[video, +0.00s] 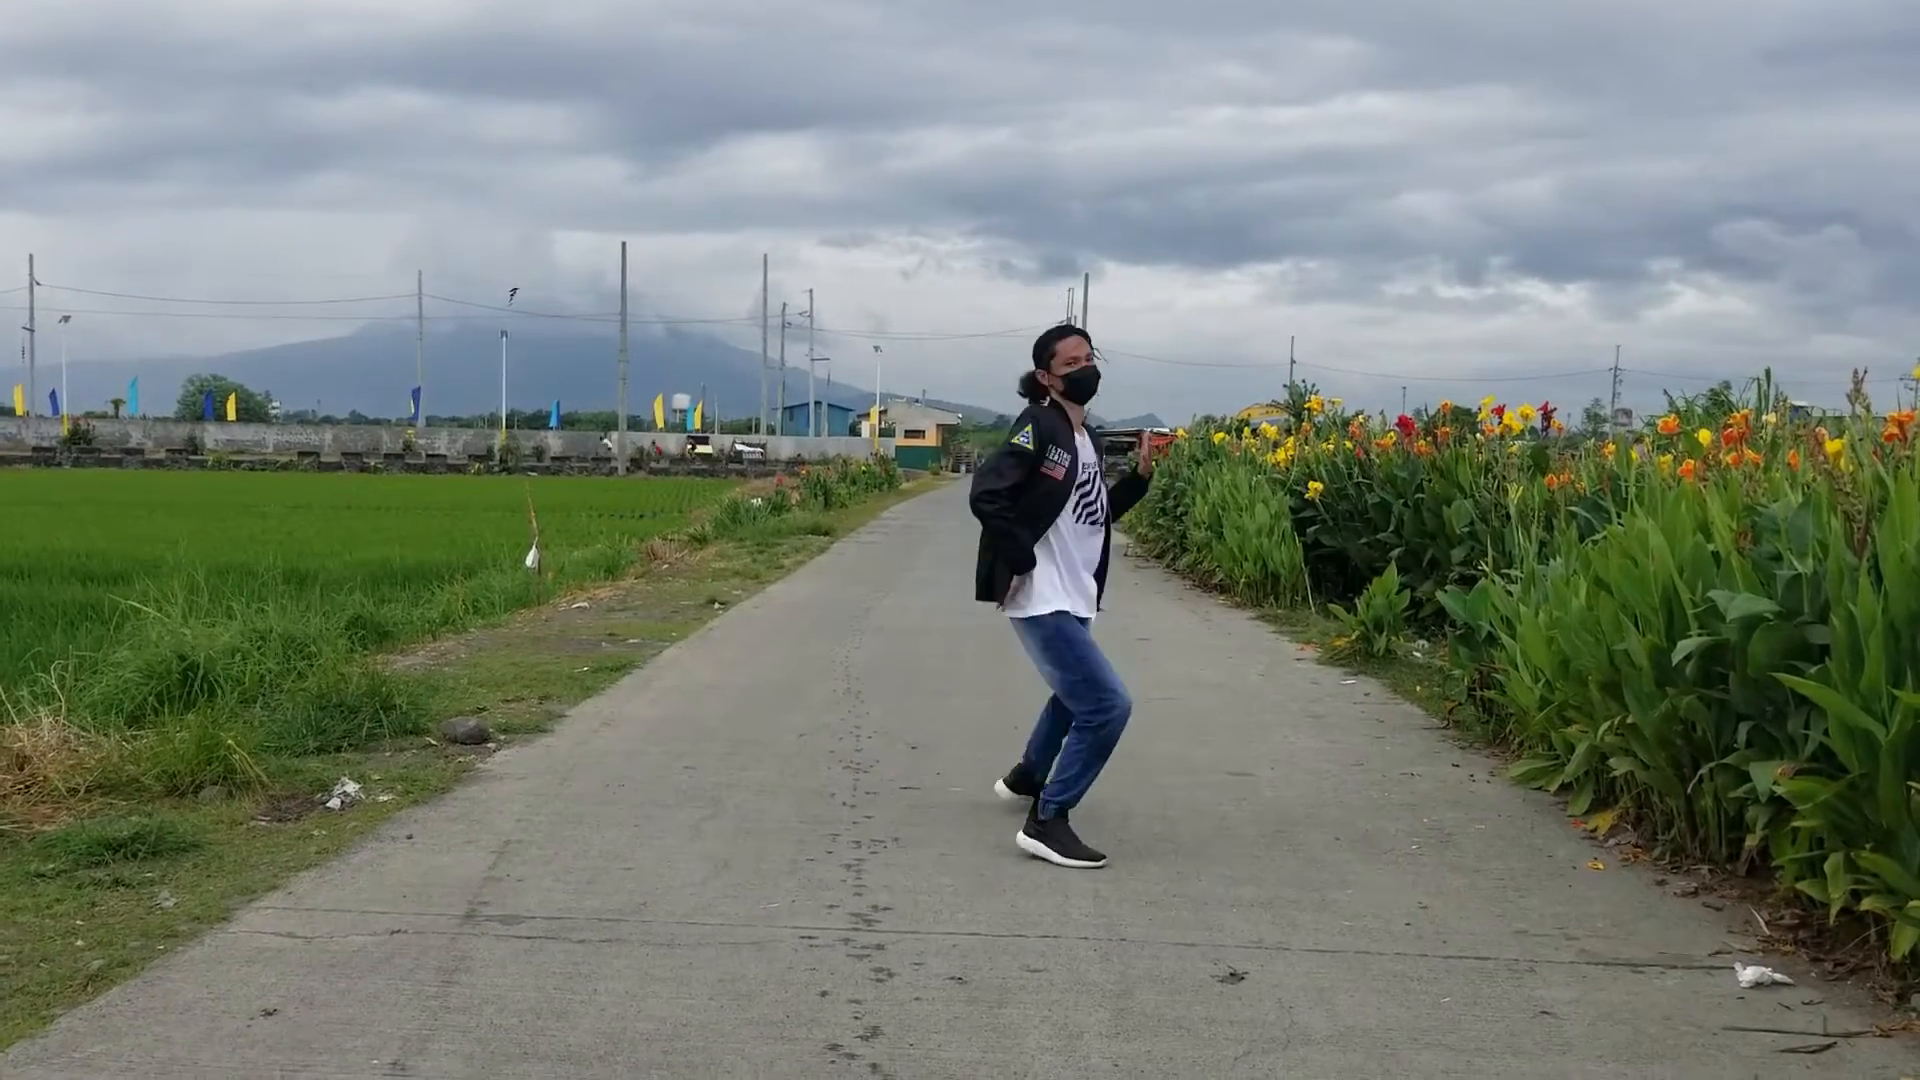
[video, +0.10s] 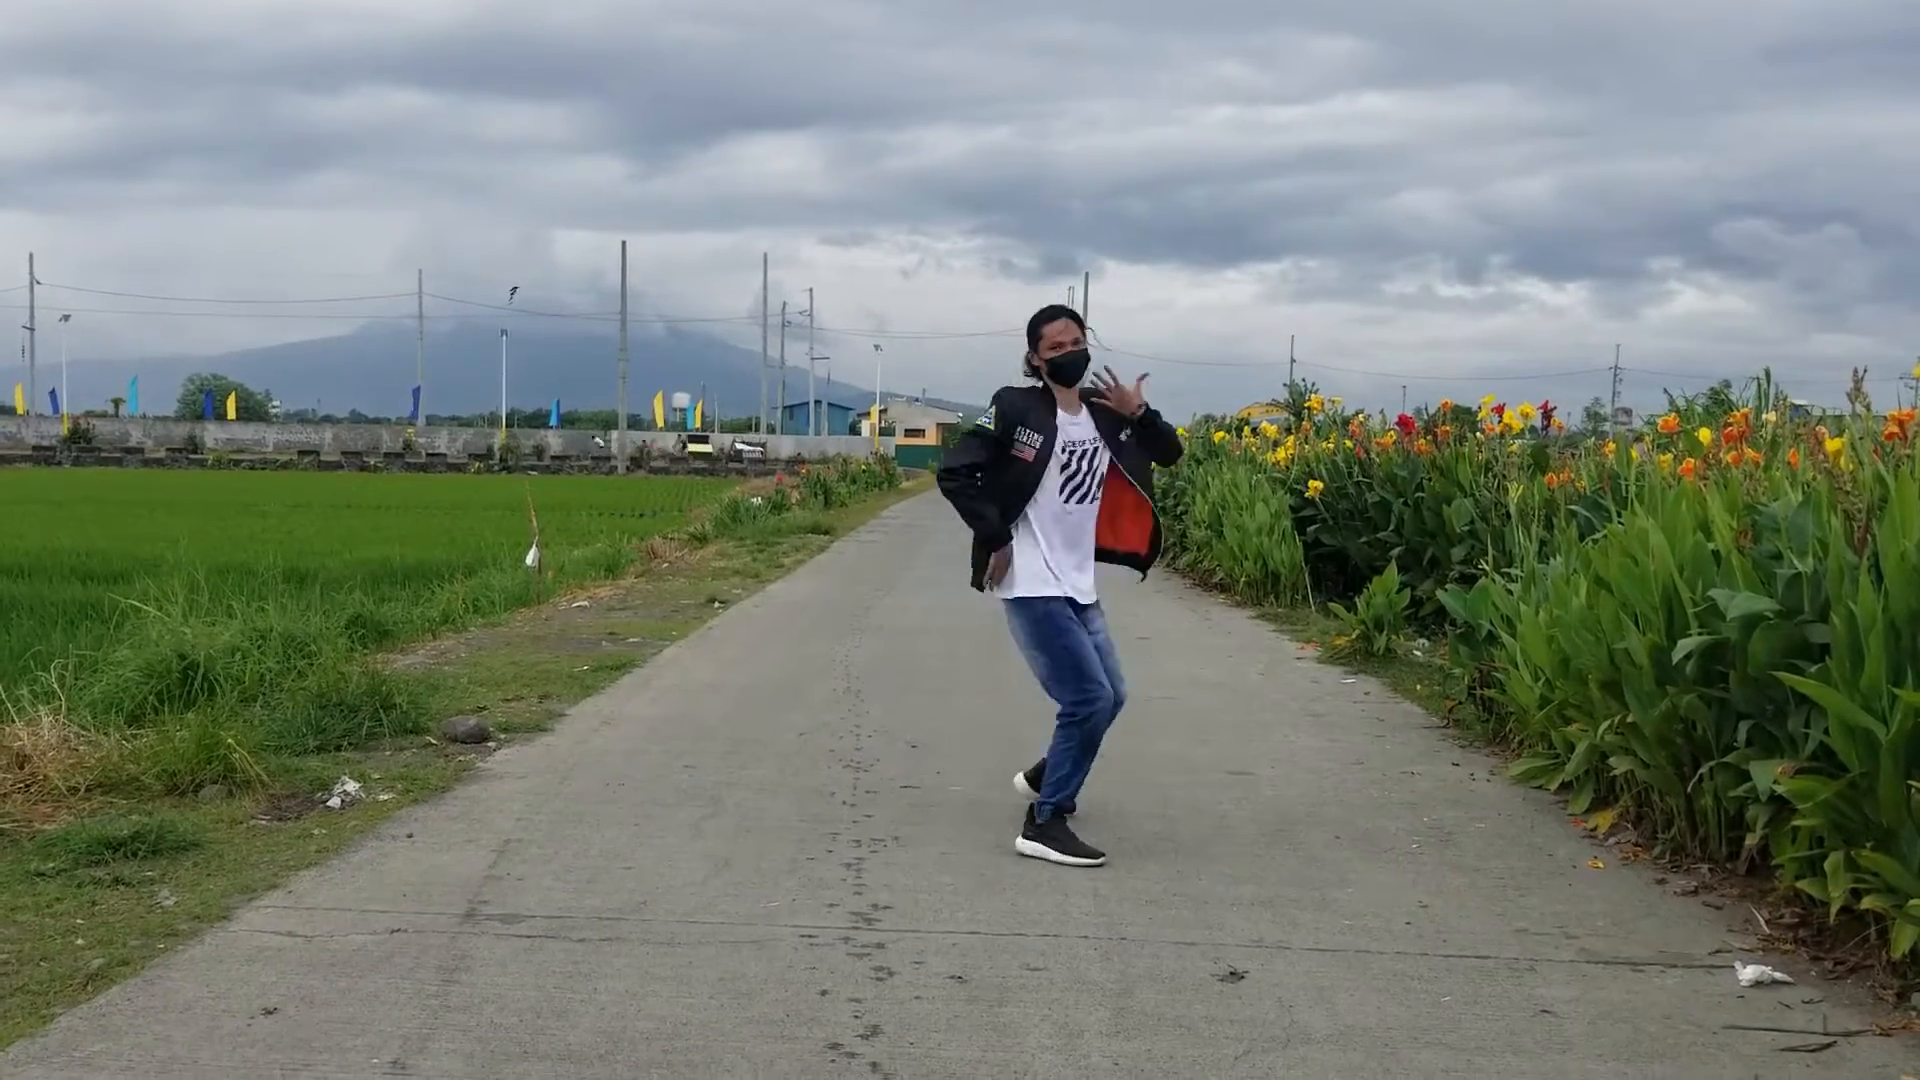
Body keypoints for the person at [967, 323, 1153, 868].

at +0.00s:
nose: (1086, 366)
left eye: (1089, 357)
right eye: (1072, 360)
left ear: (1095, 365)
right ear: (1047, 375)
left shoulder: (1084, 437)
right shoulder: (1037, 427)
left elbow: (1094, 515)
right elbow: (986, 493)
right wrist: (1019, 555)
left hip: (1074, 594)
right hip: (1037, 597)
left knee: (1074, 696)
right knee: (1108, 705)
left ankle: (1028, 777)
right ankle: (1047, 820)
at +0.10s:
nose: (1071, 350)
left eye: (1076, 341)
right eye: (1058, 344)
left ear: (1087, 348)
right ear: (1036, 357)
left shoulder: (1104, 414)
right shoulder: (1017, 406)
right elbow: (957, 472)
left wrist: (1140, 414)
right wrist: (995, 538)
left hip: (1077, 581)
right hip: (1028, 580)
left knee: (1112, 694)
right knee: (1089, 699)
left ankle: (1045, 776)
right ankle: (1045, 823)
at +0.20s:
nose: (1058, 342)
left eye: (1065, 332)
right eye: (1046, 336)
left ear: (1079, 335)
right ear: (1028, 345)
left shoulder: (1109, 385)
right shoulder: (1004, 399)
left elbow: (1191, 398)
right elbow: (944, 462)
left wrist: (1139, 425)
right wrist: (979, 519)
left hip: (1080, 573)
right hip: (1023, 576)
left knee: (1116, 687)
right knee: (1069, 693)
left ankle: (1068, 777)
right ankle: (1041, 819)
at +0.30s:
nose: (1057, 333)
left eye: (1063, 322)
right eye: (1044, 327)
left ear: (1076, 323)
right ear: (1026, 336)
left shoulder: (1110, 373)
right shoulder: (1002, 387)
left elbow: (1197, 388)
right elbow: (949, 445)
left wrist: (1125, 392)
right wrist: (975, 508)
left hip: (1080, 563)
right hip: (1017, 563)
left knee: (1099, 687)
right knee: (1046, 691)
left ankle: (1081, 794)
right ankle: (1038, 814)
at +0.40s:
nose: (1055, 337)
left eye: (1062, 325)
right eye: (1042, 330)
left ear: (1076, 323)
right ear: (1025, 335)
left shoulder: (1111, 368)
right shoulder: (1001, 379)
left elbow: (1177, 410)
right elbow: (962, 437)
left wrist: (1108, 446)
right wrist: (981, 503)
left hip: (1078, 563)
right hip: (1013, 560)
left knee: (1073, 701)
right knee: (1015, 694)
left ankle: (1086, 812)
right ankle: (1027, 817)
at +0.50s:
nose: (1039, 347)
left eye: (1048, 336)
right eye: (1029, 339)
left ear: (1069, 332)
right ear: (1017, 341)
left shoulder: (1097, 392)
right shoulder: (996, 386)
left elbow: (1129, 479)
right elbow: (977, 470)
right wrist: (984, 546)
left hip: (1077, 576)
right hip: (1008, 572)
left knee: (1082, 706)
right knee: (971, 687)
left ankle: (1084, 814)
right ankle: (1002, 810)